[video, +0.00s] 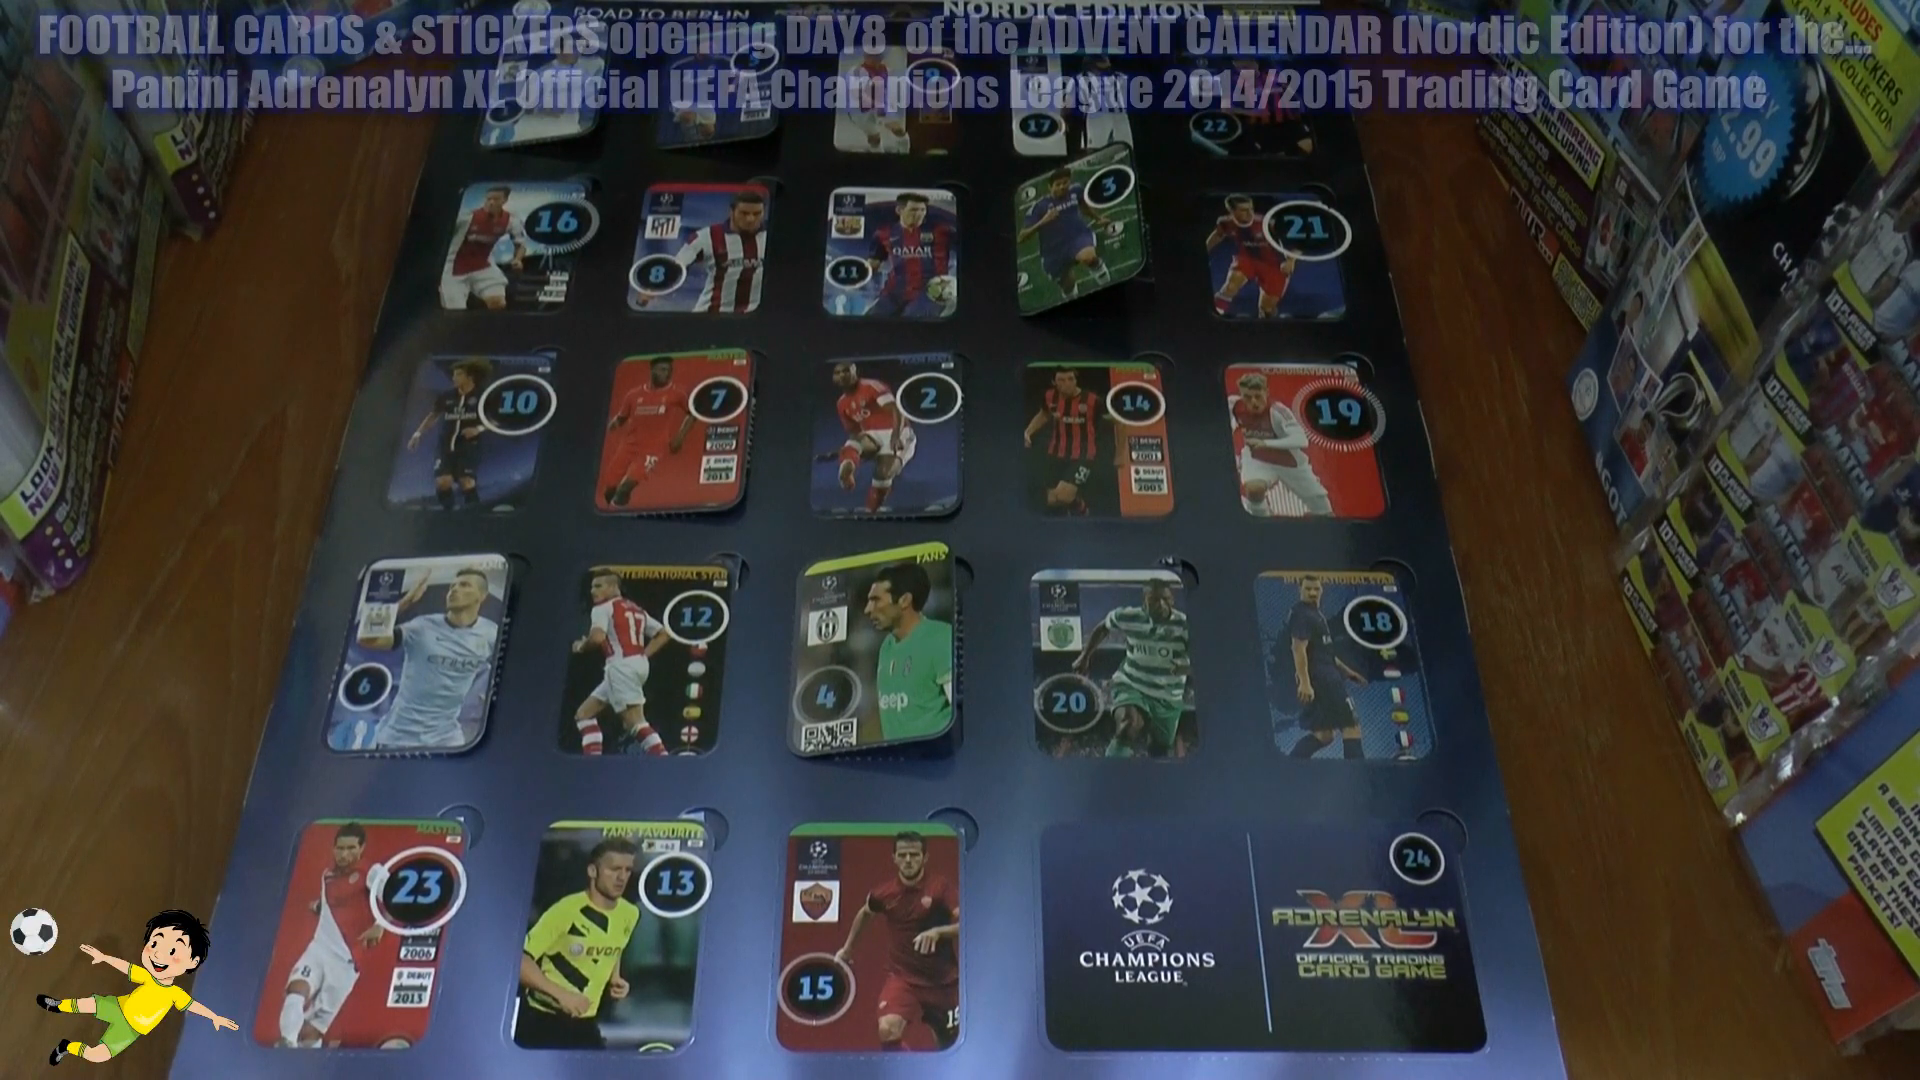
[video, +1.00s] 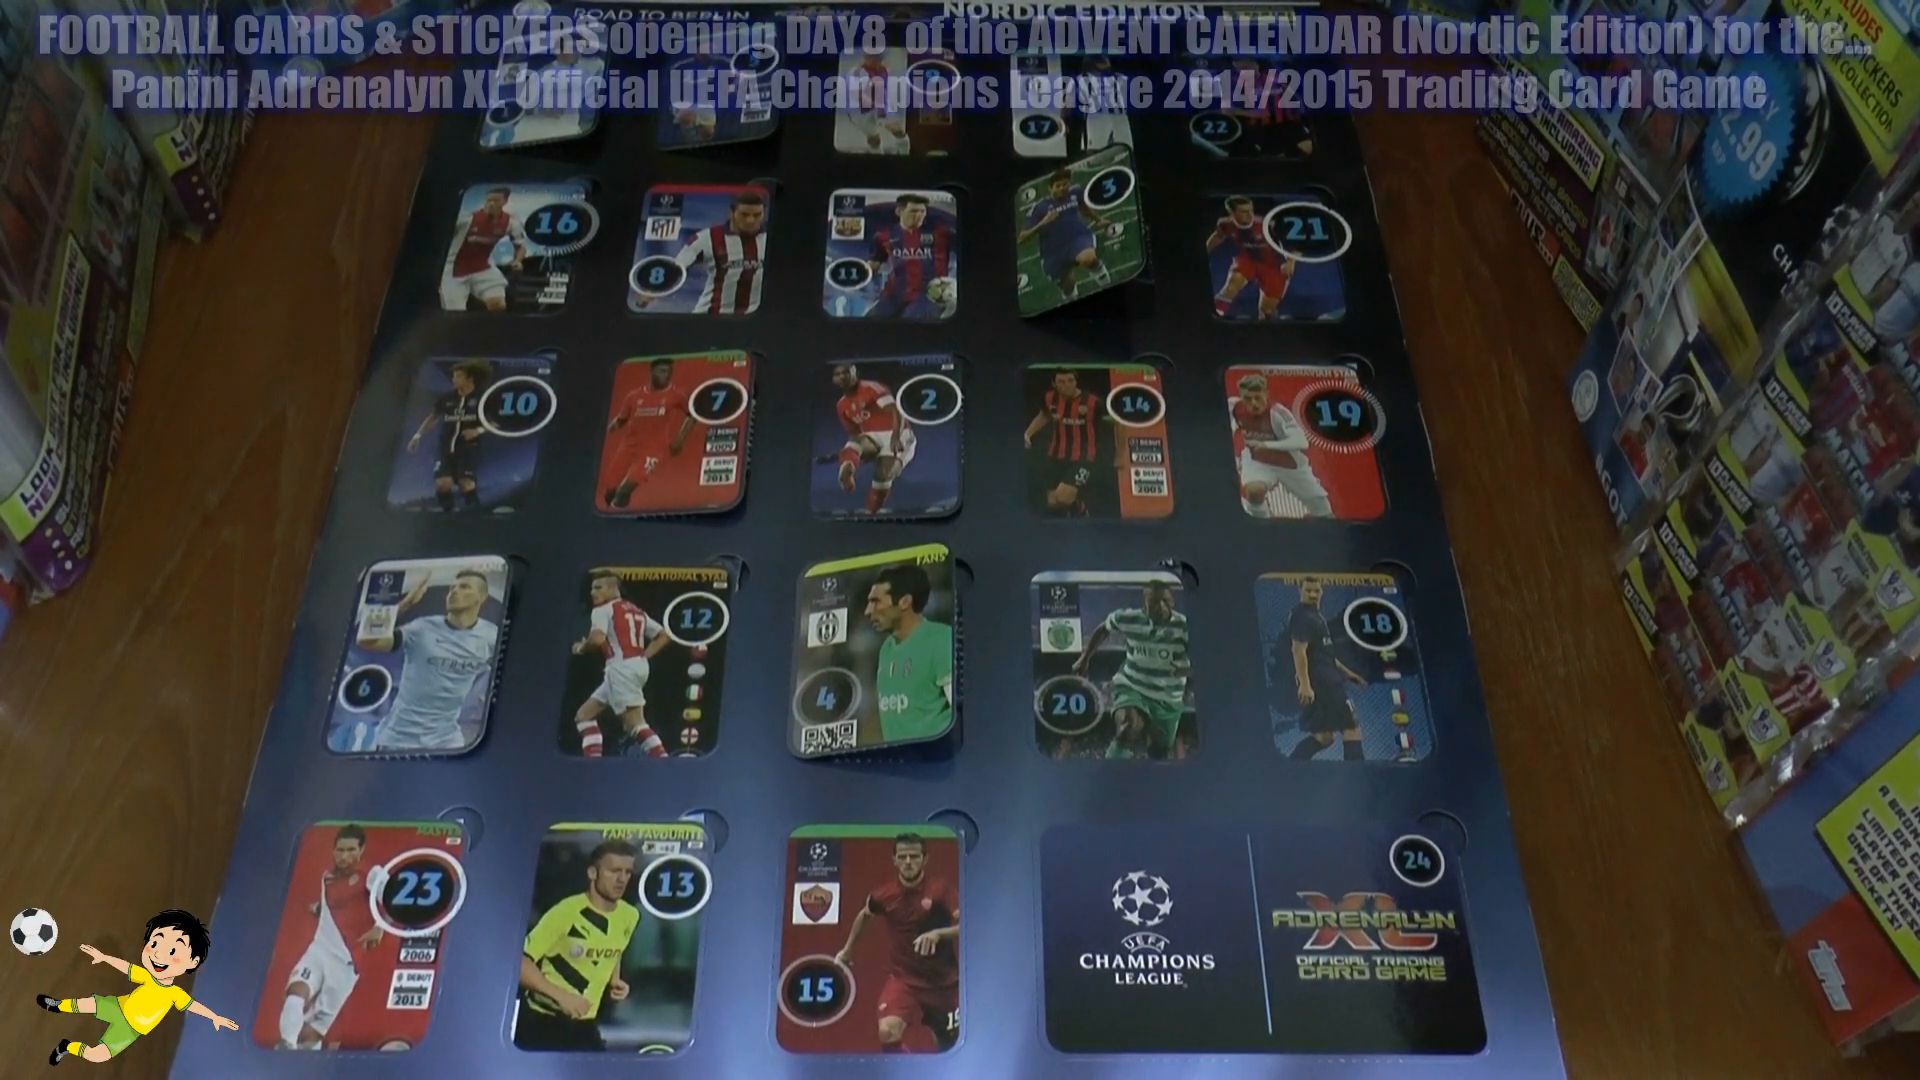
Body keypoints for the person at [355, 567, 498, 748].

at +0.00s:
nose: (454, 589)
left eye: (464, 585)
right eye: (452, 585)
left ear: (482, 596)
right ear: (447, 593)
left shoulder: (491, 636)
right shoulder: (422, 627)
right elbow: (367, 639)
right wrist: (405, 602)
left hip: (446, 737)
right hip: (397, 734)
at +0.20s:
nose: (454, 589)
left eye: (464, 585)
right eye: (452, 585)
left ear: (482, 596)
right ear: (448, 593)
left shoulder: (491, 635)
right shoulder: (421, 626)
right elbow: (367, 639)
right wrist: (404, 602)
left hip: (446, 736)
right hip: (398, 734)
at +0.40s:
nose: (454, 590)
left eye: (464, 585)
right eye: (452, 585)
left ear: (482, 597)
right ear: (447, 593)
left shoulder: (491, 636)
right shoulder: (422, 627)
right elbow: (367, 639)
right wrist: (404, 603)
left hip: (446, 737)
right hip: (398, 734)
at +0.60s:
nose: (454, 590)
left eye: (464, 586)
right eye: (452, 586)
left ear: (482, 597)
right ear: (448, 594)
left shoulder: (491, 637)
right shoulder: (421, 628)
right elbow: (367, 640)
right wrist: (403, 605)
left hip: (446, 738)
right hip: (397, 735)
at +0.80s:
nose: (454, 591)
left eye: (464, 587)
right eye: (452, 587)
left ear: (482, 598)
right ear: (447, 594)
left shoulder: (491, 638)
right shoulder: (421, 629)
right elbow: (367, 641)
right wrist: (401, 607)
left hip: (445, 739)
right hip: (397, 736)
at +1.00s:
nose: (454, 591)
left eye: (464, 587)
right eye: (452, 587)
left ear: (482, 598)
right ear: (447, 594)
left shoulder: (491, 638)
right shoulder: (421, 628)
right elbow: (367, 641)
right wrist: (401, 607)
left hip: (445, 739)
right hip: (397, 736)